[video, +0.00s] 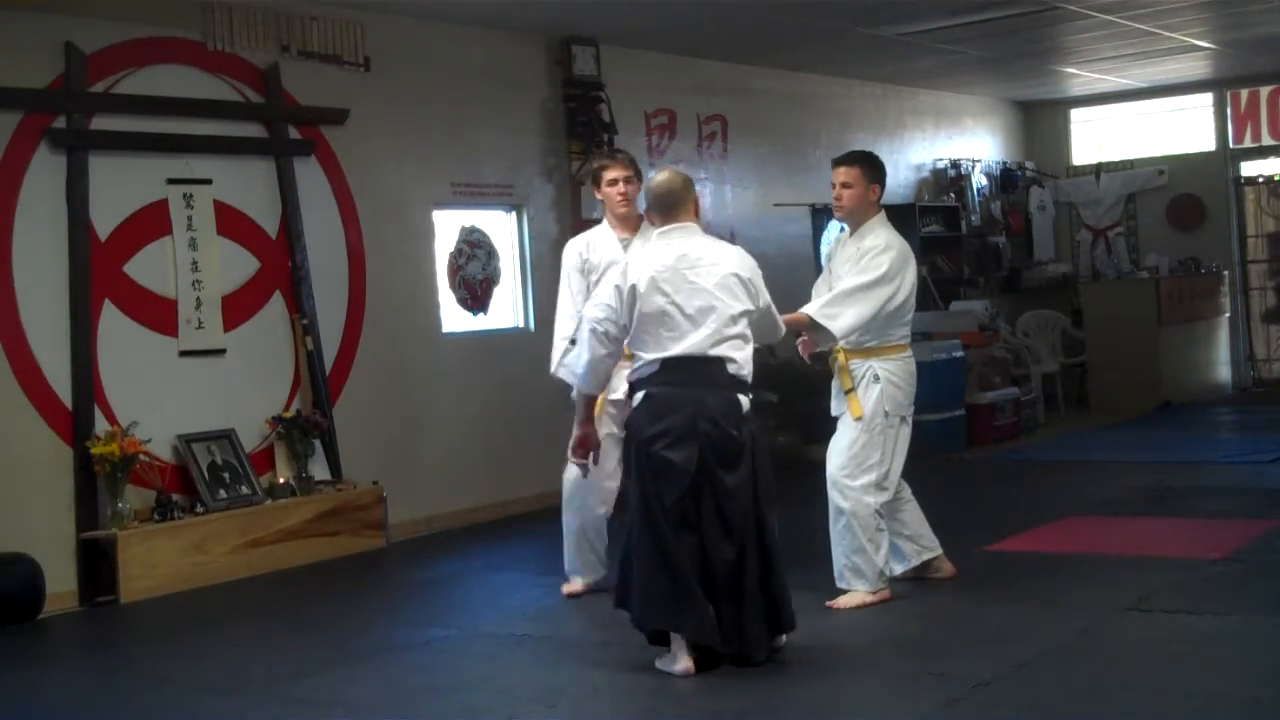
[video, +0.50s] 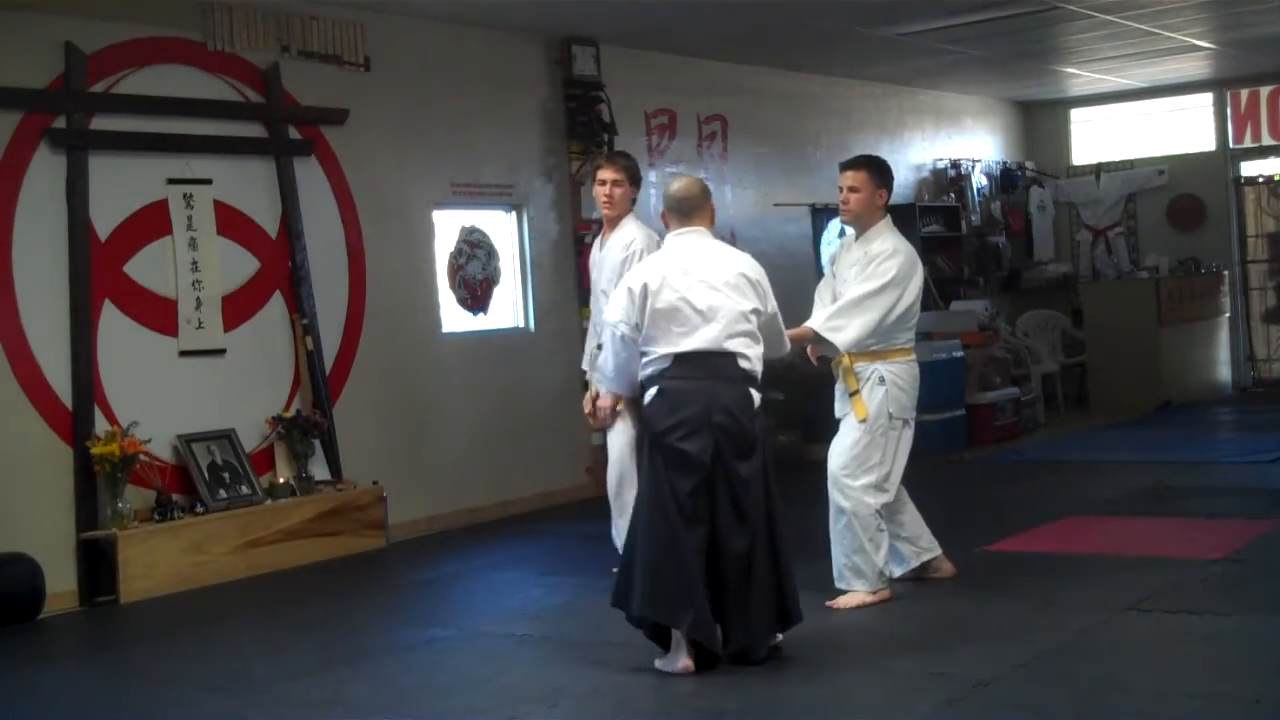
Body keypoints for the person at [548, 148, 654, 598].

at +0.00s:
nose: (622, 190)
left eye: (628, 181)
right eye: (612, 184)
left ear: (640, 187)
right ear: (598, 193)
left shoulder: (663, 240)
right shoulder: (582, 248)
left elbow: (685, 303)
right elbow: (569, 314)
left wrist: (678, 355)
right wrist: (574, 369)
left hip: (658, 372)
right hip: (602, 374)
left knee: (661, 468)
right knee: (587, 472)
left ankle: (664, 571)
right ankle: (584, 571)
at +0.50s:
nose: (607, 192)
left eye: (617, 184)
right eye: (601, 183)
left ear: (633, 191)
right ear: (592, 190)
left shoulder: (639, 240)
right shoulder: (602, 239)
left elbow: (634, 322)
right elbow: (597, 315)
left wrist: (614, 386)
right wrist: (591, 379)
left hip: (634, 379)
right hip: (612, 377)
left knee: (627, 476)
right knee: (621, 475)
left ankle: (635, 562)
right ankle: (628, 558)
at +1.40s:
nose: (613, 194)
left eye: (622, 187)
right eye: (605, 186)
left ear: (631, 193)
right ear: (591, 191)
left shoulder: (647, 244)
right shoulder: (579, 251)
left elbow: (647, 320)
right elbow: (568, 318)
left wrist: (625, 381)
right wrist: (568, 377)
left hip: (634, 373)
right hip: (594, 371)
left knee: (626, 467)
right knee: (608, 468)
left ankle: (638, 566)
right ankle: (647, 546)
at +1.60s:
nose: (611, 195)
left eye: (619, 188)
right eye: (603, 187)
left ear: (627, 194)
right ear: (587, 191)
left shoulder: (646, 242)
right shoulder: (571, 252)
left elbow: (649, 314)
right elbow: (574, 314)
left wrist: (626, 371)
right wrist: (572, 356)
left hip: (635, 366)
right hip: (589, 365)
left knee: (631, 468)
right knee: (580, 463)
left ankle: (640, 568)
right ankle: (610, 548)